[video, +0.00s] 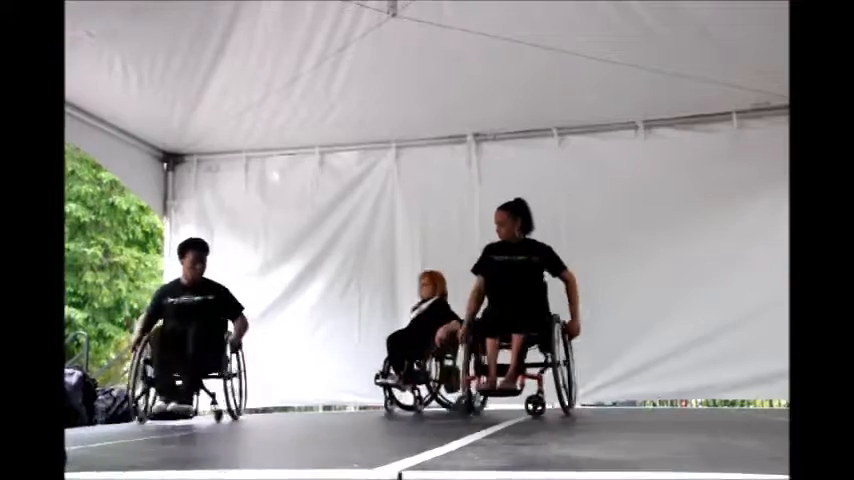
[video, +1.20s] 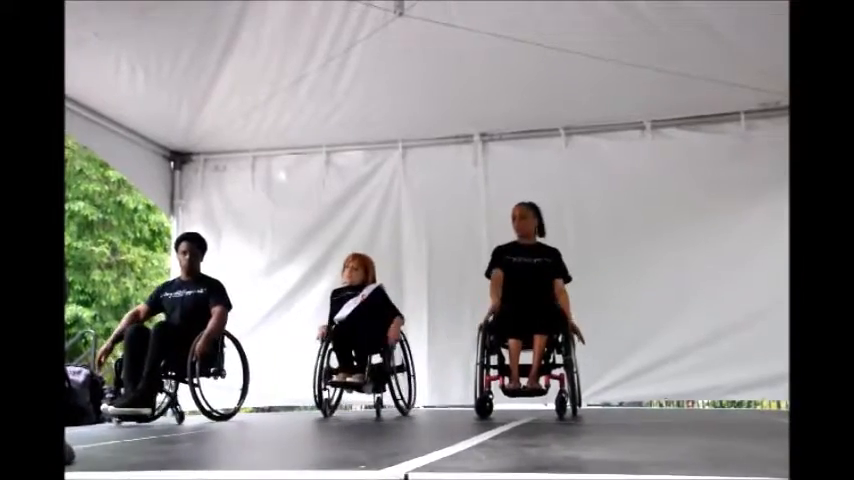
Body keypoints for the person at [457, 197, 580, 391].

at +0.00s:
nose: (497, 229)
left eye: (501, 225)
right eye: (496, 225)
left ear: (518, 224)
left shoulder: (539, 251)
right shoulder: (491, 251)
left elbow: (569, 279)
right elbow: (479, 289)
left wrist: (575, 320)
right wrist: (467, 323)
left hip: (532, 314)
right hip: (500, 315)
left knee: (520, 322)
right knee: (489, 320)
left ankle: (511, 378)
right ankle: (491, 378)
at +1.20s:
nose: (518, 223)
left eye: (524, 218)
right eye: (515, 219)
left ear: (537, 221)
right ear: (511, 223)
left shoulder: (551, 253)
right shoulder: (502, 252)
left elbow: (560, 289)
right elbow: (496, 280)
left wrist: (569, 320)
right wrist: (496, 302)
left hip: (542, 305)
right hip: (514, 306)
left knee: (543, 319)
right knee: (513, 320)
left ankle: (534, 377)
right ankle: (514, 377)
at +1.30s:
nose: (517, 223)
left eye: (522, 218)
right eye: (513, 219)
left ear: (535, 221)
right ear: (510, 223)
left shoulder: (550, 253)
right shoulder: (502, 252)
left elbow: (561, 290)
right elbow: (495, 273)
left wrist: (573, 321)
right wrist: (500, 282)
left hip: (543, 305)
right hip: (516, 305)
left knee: (542, 319)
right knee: (514, 318)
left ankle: (534, 376)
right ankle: (514, 376)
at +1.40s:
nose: (514, 223)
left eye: (519, 217)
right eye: (510, 219)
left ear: (532, 221)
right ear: (507, 223)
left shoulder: (549, 252)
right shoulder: (501, 250)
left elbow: (562, 290)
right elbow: (492, 264)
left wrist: (579, 324)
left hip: (541, 306)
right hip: (512, 307)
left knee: (543, 319)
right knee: (515, 320)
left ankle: (534, 376)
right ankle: (514, 376)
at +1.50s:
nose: (509, 222)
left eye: (513, 217)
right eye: (506, 218)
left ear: (526, 220)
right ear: (505, 224)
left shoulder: (546, 250)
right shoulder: (501, 250)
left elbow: (564, 288)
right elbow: (491, 230)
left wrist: (588, 325)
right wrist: (523, 212)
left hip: (541, 306)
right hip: (511, 306)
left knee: (543, 318)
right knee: (515, 319)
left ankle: (534, 377)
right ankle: (514, 377)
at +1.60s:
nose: (508, 221)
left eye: (513, 215)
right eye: (504, 218)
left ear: (526, 219)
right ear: (501, 224)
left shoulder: (544, 249)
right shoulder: (500, 247)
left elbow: (566, 286)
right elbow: (486, 213)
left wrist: (592, 323)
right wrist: (514, 187)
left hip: (541, 304)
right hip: (512, 304)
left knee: (544, 316)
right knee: (514, 317)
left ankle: (534, 375)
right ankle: (514, 376)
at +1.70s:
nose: (506, 222)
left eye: (511, 216)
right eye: (502, 218)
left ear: (524, 218)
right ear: (500, 223)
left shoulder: (544, 248)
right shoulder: (499, 245)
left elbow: (571, 281)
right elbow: (479, 205)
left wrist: (600, 311)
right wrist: (489, 168)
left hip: (541, 301)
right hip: (510, 301)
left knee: (546, 315)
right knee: (514, 316)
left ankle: (534, 375)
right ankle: (515, 375)